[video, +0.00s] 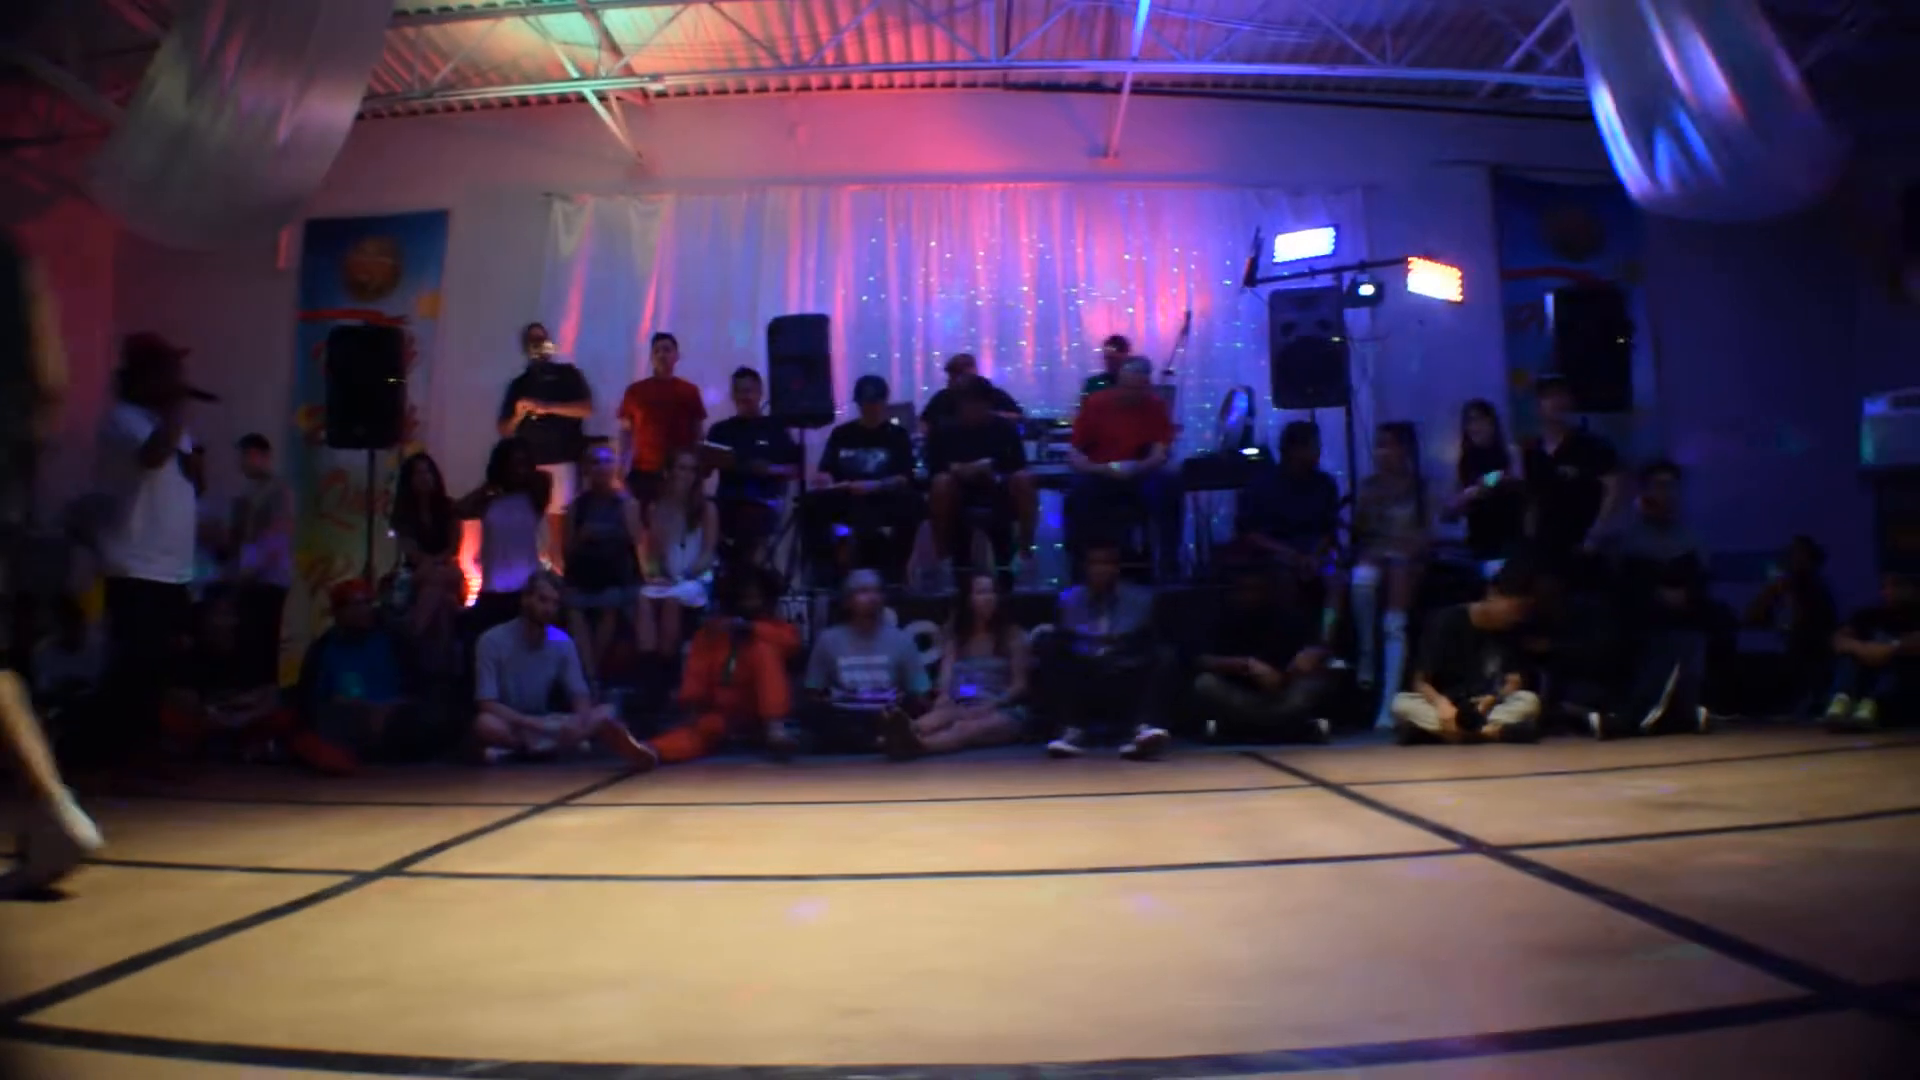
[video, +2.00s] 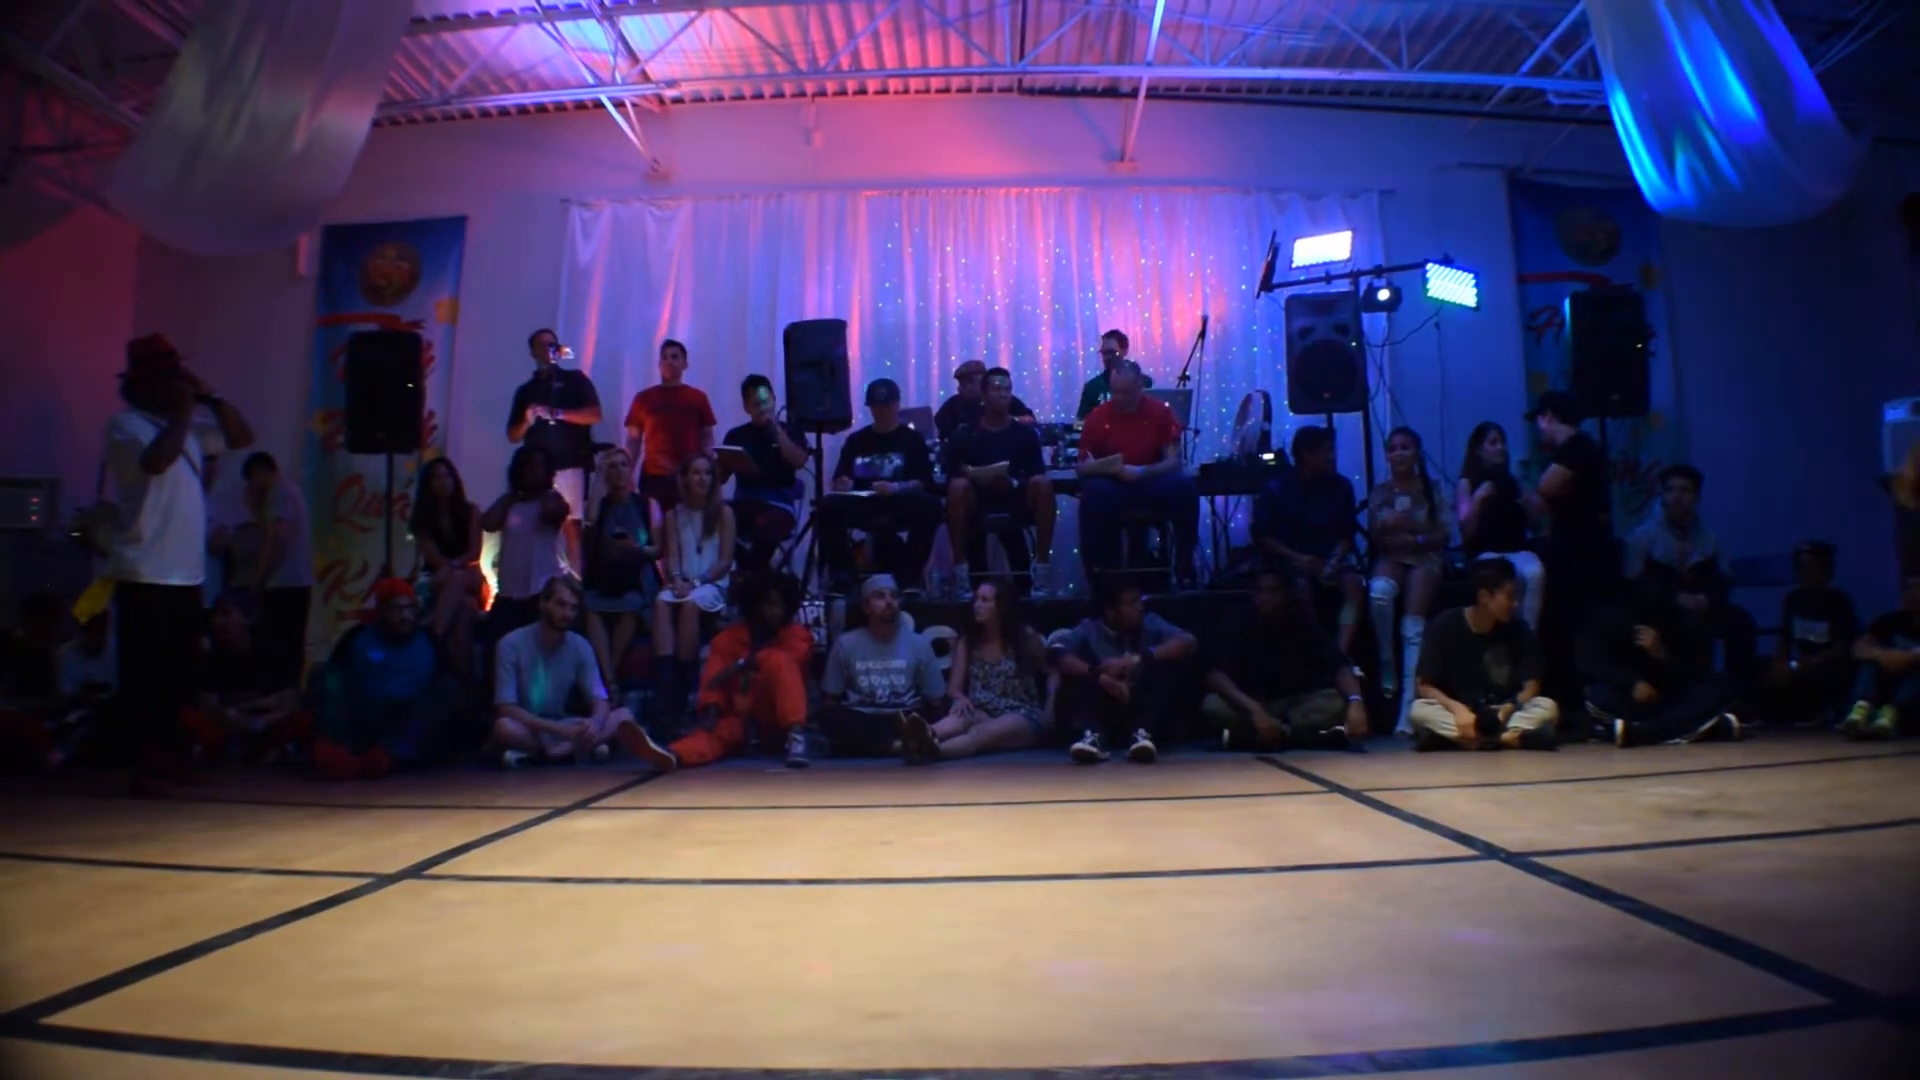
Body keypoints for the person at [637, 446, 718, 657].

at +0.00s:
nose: (683, 475)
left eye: (689, 470)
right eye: (679, 468)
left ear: (696, 476)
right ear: (668, 473)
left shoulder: (706, 508)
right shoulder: (656, 507)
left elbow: (708, 551)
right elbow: (652, 544)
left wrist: (689, 574)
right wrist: (655, 572)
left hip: (694, 578)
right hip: (664, 577)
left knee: (671, 601)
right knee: (645, 597)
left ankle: (668, 660)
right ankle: (647, 658)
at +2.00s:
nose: (702, 479)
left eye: (707, 473)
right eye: (696, 473)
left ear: (713, 479)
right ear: (683, 479)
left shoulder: (723, 513)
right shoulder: (673, 517)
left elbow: (725, 561)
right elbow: (671, 558)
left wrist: (699, 582)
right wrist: (676, 580)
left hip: (712, 580)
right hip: (682, 581)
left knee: (690, 606)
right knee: (662, 603)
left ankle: (685, 679)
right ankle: (664, 677)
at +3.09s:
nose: (700, 478)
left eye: (705, 473)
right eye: (694, 473)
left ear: (712, 478)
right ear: (683, 478)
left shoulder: (721, 514)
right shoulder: (671, 516)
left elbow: (723, 560)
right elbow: (668, 556)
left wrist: (698, 582)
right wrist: (673, 582)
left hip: (709, 581)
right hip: (678, 579)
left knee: (688, 606)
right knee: (659, 603)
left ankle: (682, 678)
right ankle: (662, 676)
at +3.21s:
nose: (700, 478)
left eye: (705, 473)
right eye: (694, 473)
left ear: (712, 479)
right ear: (683, 478)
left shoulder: (721, 513)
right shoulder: (672, 516)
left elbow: (724, 559)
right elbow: (669, 555)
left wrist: (699, 582)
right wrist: (674, 581)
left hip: (710, 580)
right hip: (679, 580)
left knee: (689, 605)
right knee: (659, 603)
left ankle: (682, 677)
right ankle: (665, 675)